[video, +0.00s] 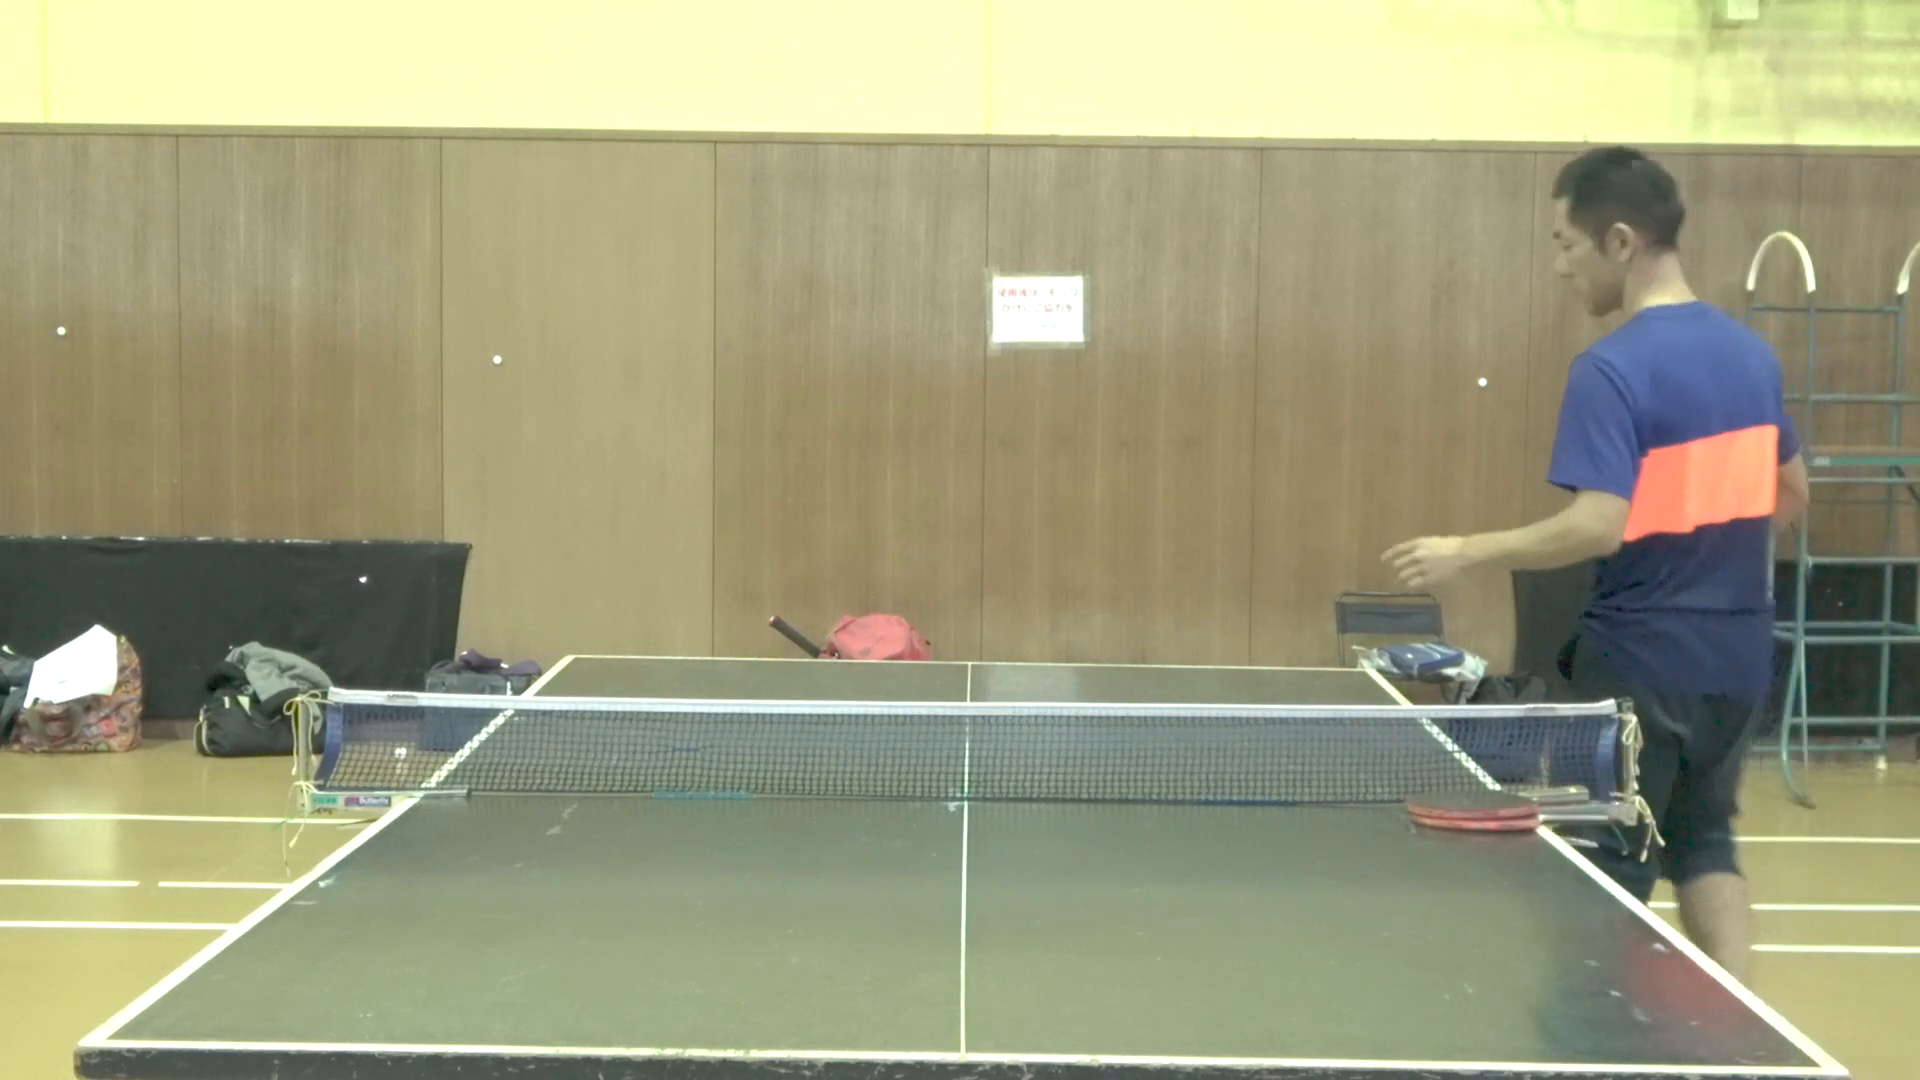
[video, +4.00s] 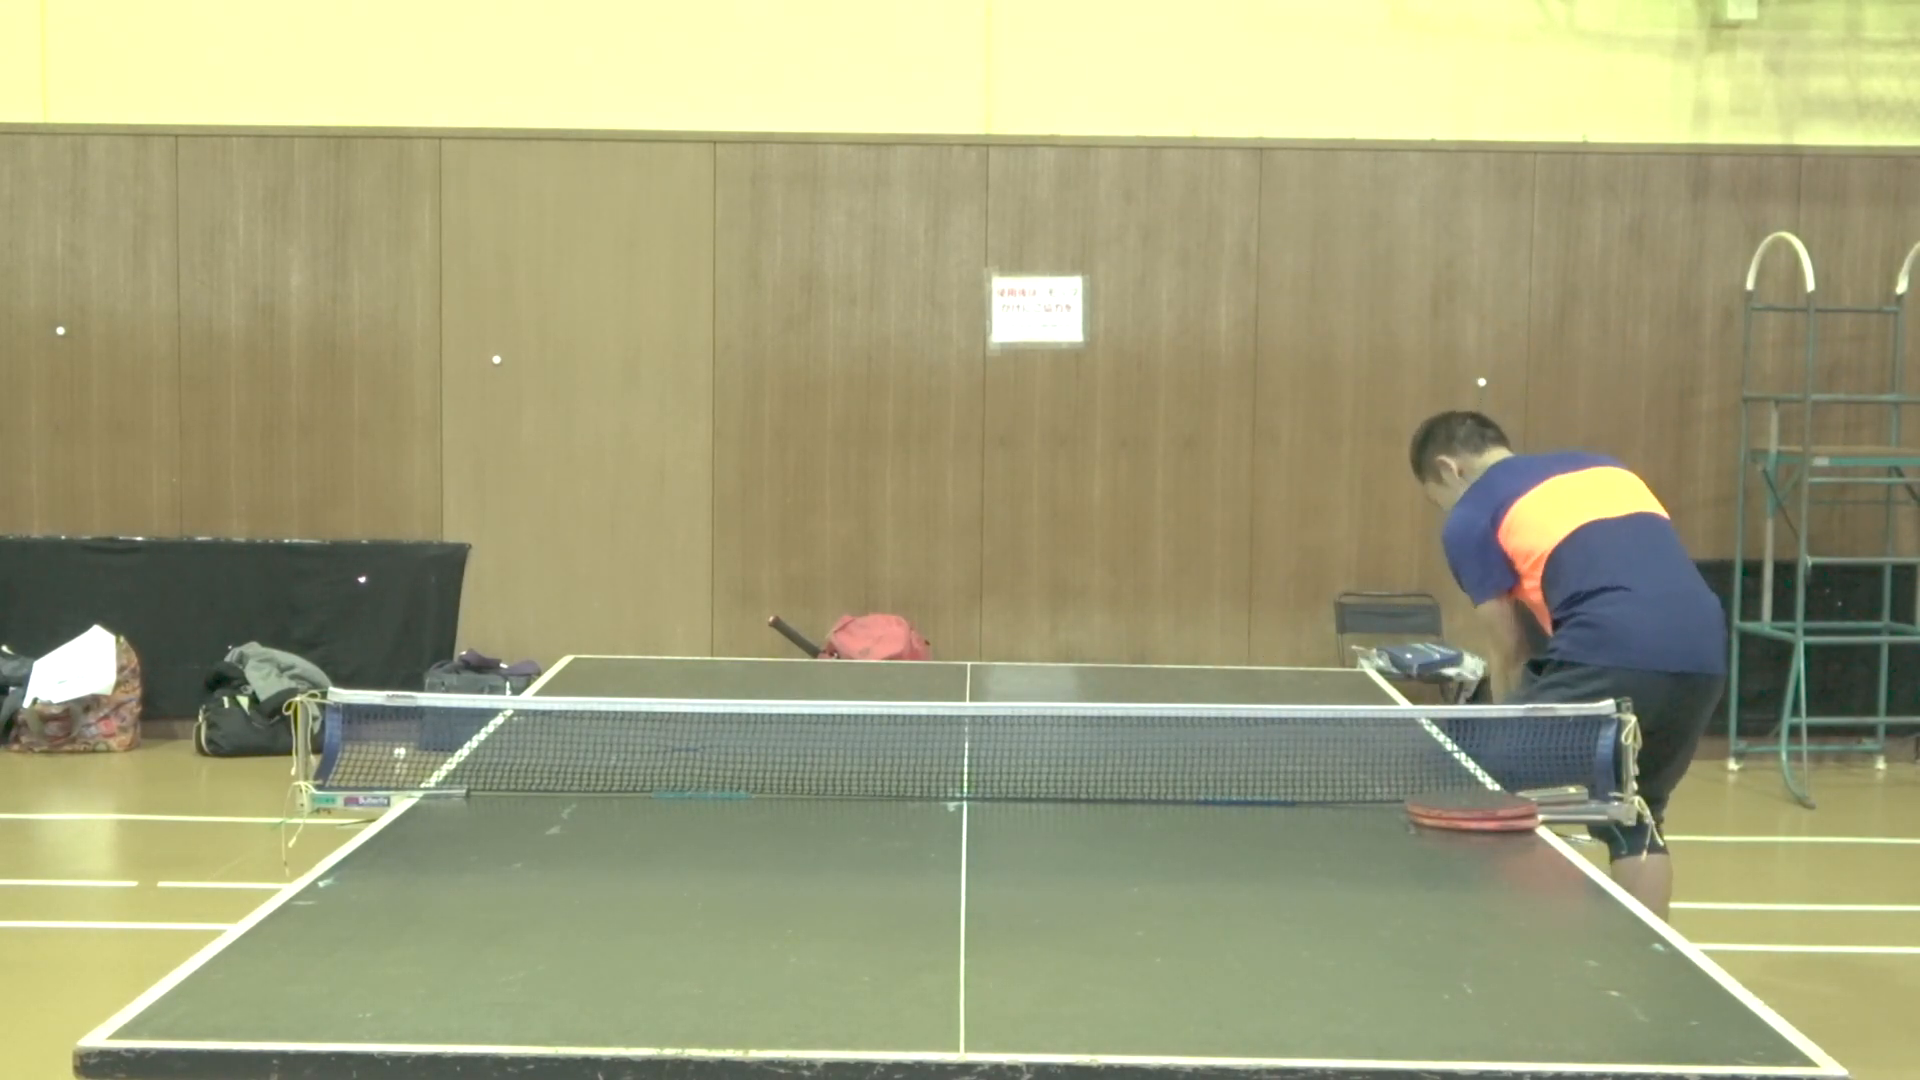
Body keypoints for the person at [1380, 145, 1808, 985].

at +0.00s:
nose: (1560, 264)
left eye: (1568, 241)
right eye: (1558, 242)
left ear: (1624, 240)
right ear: (1640, 238)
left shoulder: (1612, 365)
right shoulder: (1747, 348)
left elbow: (1596, 524)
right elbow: (1789, 491)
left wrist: (1467, 553)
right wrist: (1714, 547)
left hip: (1642, 656)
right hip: (1739, 652)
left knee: (1605, 862)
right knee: (1704, 838)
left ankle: (1604, 1051)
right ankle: (1732, 1037)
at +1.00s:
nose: (1277, 362)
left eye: (1282, 342)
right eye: (1272, 344)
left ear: (1335, 322)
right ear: (1334, 324)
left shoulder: (1406, 402)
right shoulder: (1401, 384)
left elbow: (1403, 566)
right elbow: (1369, 514)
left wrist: (1274, 554)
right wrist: (1287, 580)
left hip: (1509, 634)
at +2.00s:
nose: (1277, 301)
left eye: (1297, 287)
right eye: (1283, 284)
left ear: (1348, 309)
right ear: (1350, 312)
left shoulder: (1356, 375)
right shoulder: (1397, 371)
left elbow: (1203, 385)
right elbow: (1258, 432)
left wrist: (1076, 365)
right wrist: (1153, 394)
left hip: (1495, 634)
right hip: (1545, 629)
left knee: (1368, 788)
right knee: (1519, 815)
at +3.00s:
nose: (1287, 386)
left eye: (1292, 362)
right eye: (1276, 372)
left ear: (1341, 336)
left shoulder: (1404, 396)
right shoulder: (1391, 416)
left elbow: (1510, 467)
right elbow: (1442, 540)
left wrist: (1483, 580)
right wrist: (1375, 625)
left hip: (1530, 624)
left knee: (1431, 782)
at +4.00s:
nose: (1444, 509)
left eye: (1437, 497)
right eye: (1436, 500)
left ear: (1451, 467)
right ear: (1502, 448)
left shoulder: (1473, 515)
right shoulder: (1595, 466)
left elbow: (1510, 648)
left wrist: (1503, 738)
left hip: (1610, 649)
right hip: (1702, 648)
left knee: (1492, 784)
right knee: (1637, 809)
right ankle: (1647, 972)